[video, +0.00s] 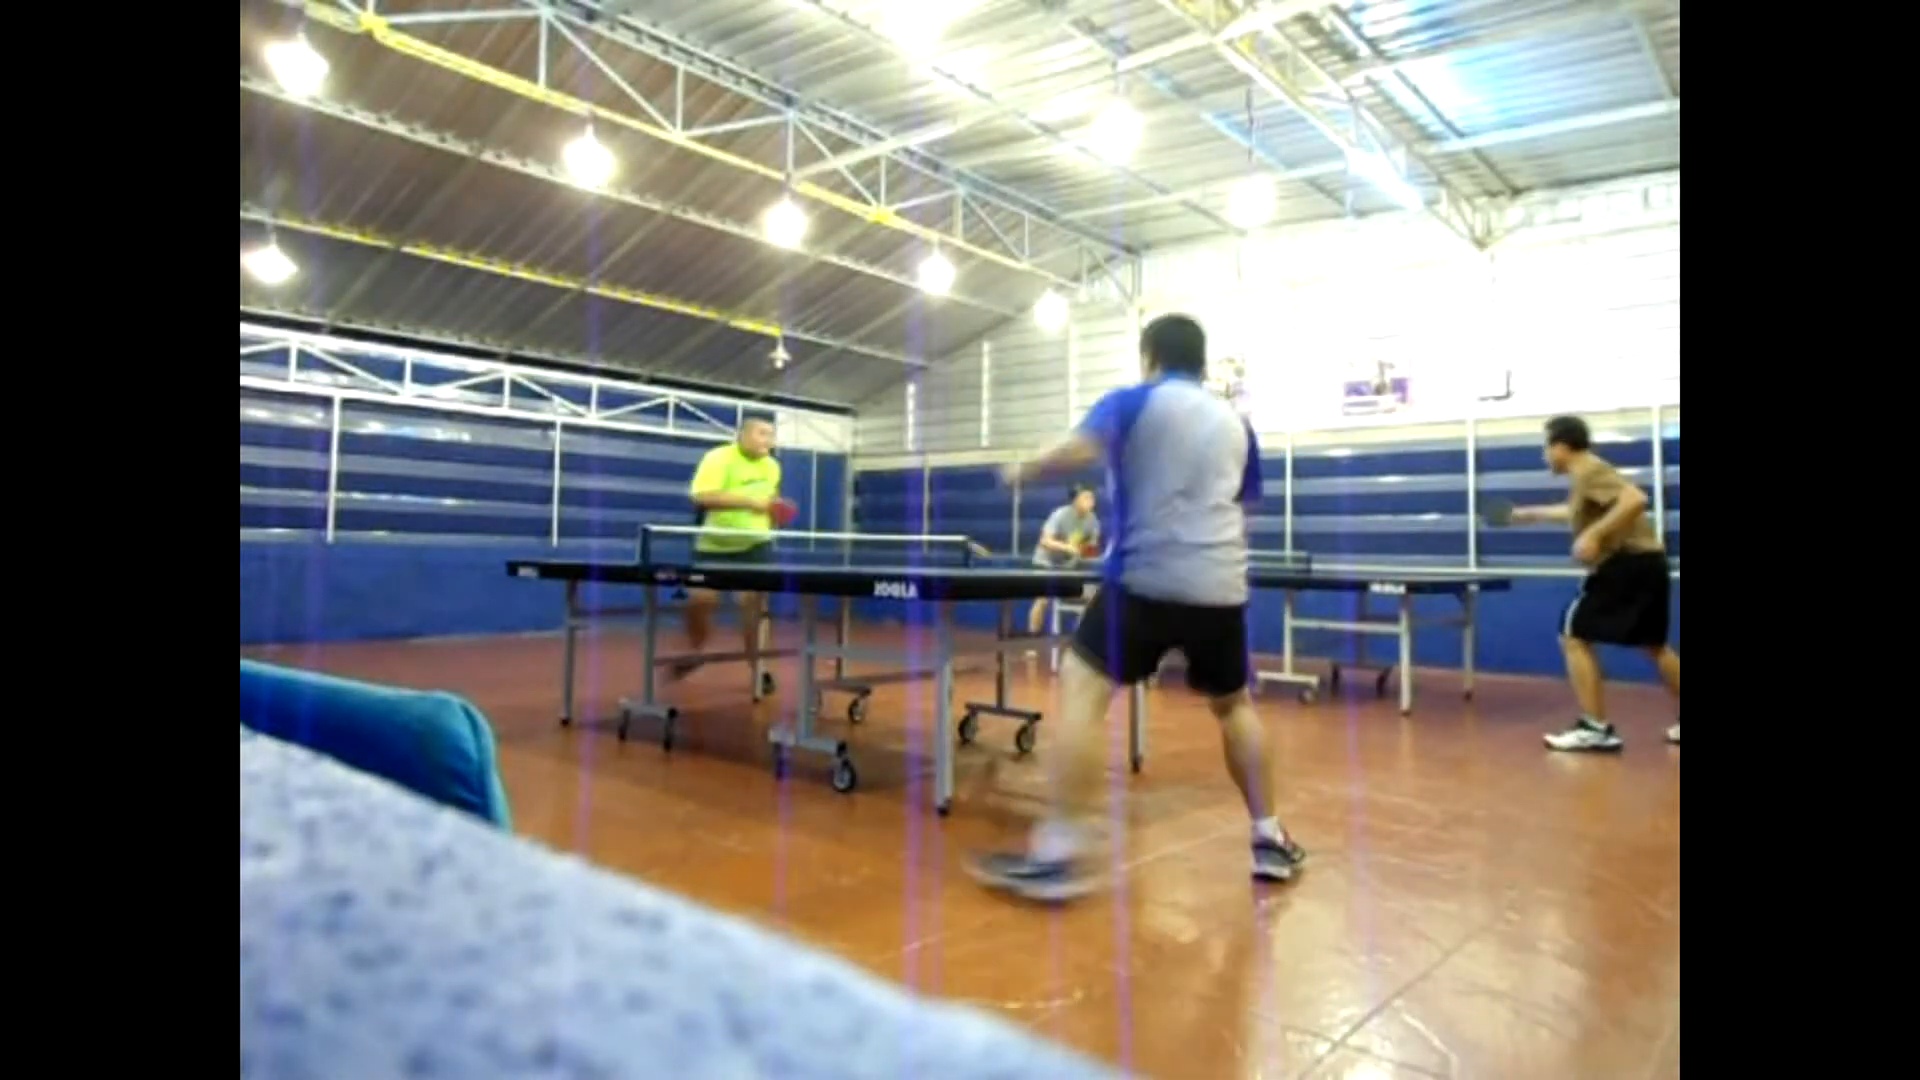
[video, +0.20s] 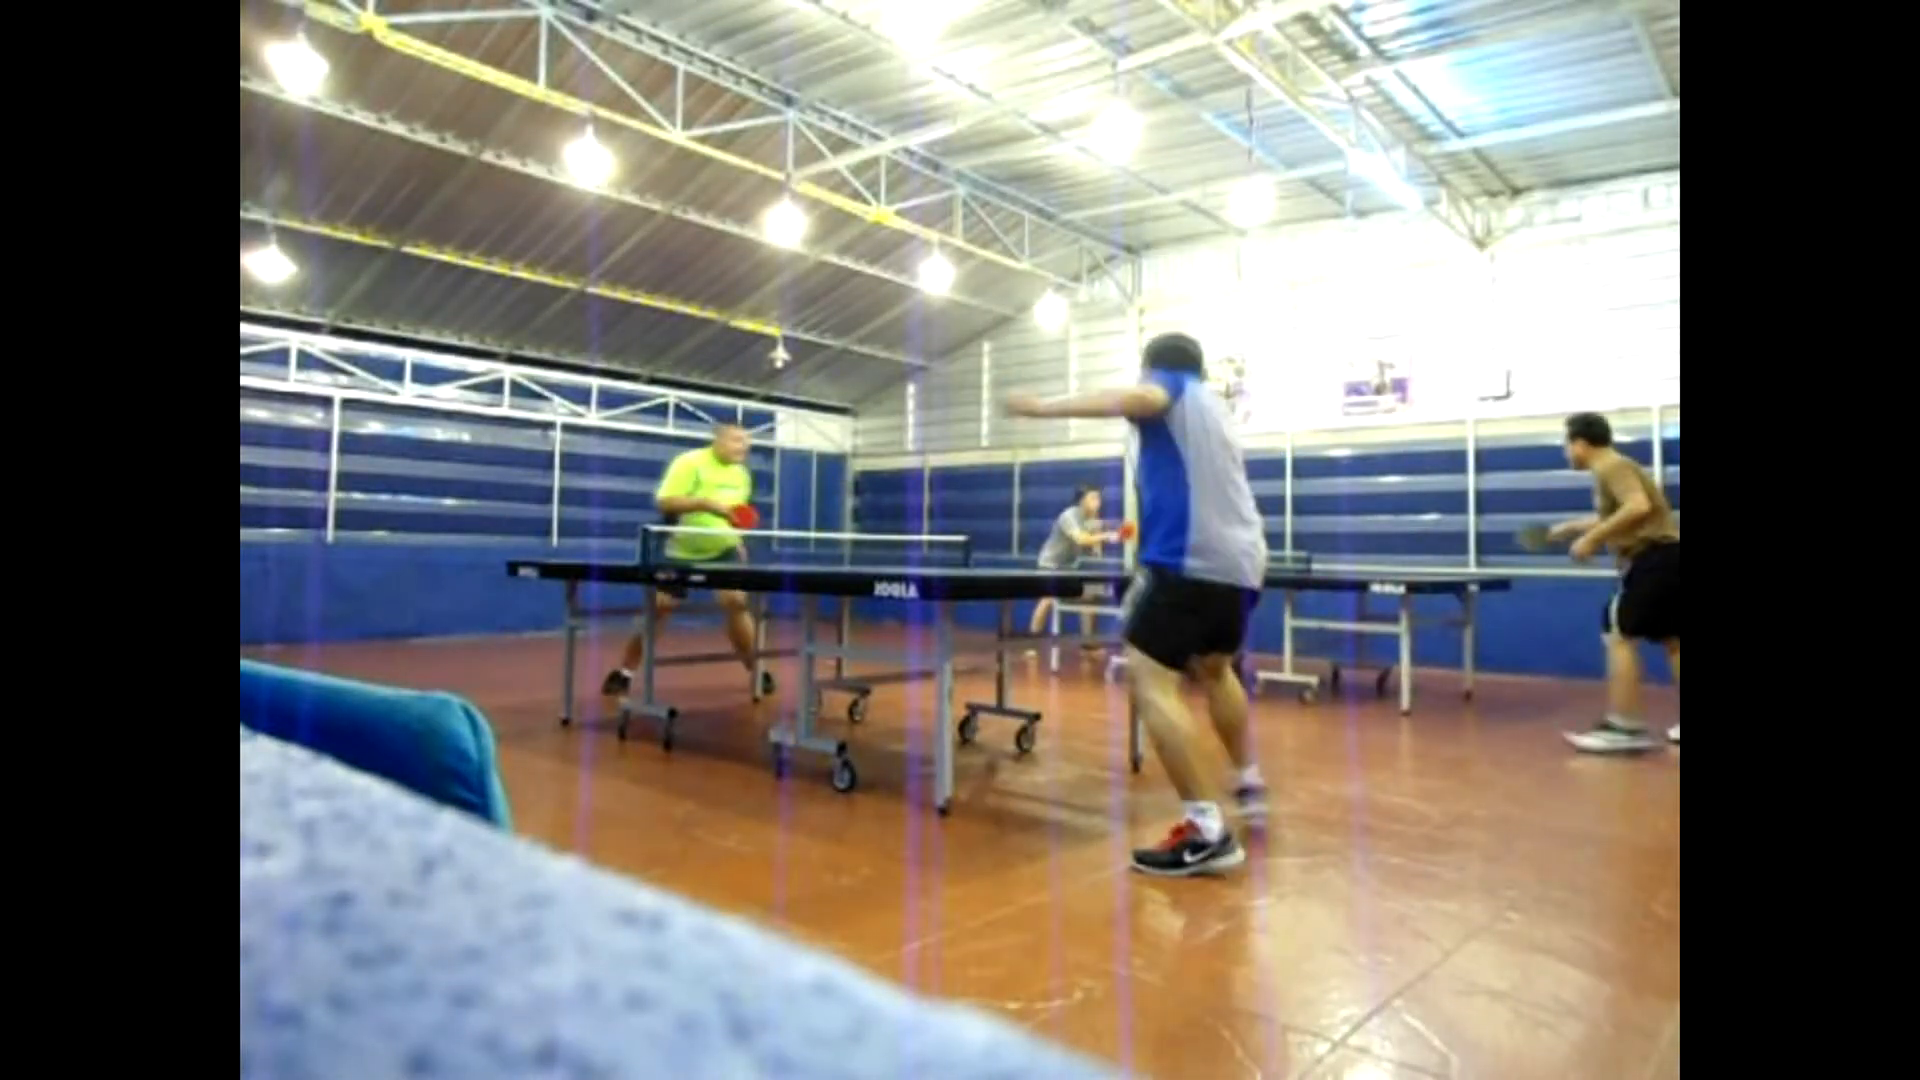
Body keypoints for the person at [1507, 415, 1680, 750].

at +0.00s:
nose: (1547, 455)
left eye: (1549, 447)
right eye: (1547, 447)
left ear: (1564, 446)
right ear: (1575, 445)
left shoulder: (1589, 470)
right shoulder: (1586, 474)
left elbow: (1633, 498)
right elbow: (1577, 511)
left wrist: (1595, 534)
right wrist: (1533, 514)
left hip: (1624, 563)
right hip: (1649, 562)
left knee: (1574, 638)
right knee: (1655, 645)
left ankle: (1595, 725)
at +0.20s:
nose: (1568, 451)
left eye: (1570, 443)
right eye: (1568, 443)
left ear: (1584, 443)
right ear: (1597, 441)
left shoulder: (1612, 467)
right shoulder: (1609, 470)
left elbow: (1639, 506)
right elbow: (1617, 519)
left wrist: (1593, 537)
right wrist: (1572, 527)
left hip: (1656, 557)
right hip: (1660, 555)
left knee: (1620, 635)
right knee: (1672, 640)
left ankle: (1626, 723)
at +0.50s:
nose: (1589, 477)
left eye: (1589, 468)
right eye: (1587, 470)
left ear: (1604, 464)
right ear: (1613, 462)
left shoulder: (1629, 488)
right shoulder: (1639, 482)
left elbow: (1627, 546)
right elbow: (1643, 539)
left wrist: (1586, 548)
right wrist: (1612, 557)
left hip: (1675, 573)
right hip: (1671, 572)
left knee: (1661, 642)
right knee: (1663, 643)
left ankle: (1657, 728)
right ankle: (1660, 727)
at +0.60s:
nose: (1592, 485)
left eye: (1593, 476)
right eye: (1590, 477)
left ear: (1608, 469)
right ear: (1613, 468)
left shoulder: (1640, 495)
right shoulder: (1643, 489)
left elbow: (1639, 557)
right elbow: (1641, 556)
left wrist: (1605, 581)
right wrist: (1608, 579)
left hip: (1679, 577)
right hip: (1677, 576)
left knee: (1665, 635)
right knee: (1662, 633)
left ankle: (1673, 717)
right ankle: (1672, 715)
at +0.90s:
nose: (1603, 498)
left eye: (1602, 488)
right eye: (1599, 491)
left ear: (1620, 477)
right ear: (1622, 476)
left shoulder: (1662, 499)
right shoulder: (1657, 496)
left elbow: (1673, 564)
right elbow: (1671, 561)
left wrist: (1642, 600)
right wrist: (1646, 597)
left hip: (1676, 598)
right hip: (1673, 597)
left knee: (1675, 649)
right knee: (1674, 648)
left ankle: (1678, 737)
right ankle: (1677, 736)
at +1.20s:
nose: (1642, 476)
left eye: (1644, 467)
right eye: (1637, 469)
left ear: (1663, 455)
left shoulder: (1674, 480)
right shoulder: (1655, 487)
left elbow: (1664, 534)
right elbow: (1663, 536)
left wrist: (1656, 586)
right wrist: (1656, 586)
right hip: (1676, 579)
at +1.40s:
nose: (1673, 457)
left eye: (1676, 450)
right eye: (1669, 450)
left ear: (1678, 445)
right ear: (1663, 445)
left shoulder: (1660, 478)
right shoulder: (1656, 479)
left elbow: (1648, 525)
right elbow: (1649, 524)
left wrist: (1638, 577)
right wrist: (1637, 577)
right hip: (1670, 574)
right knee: (1672, 658)